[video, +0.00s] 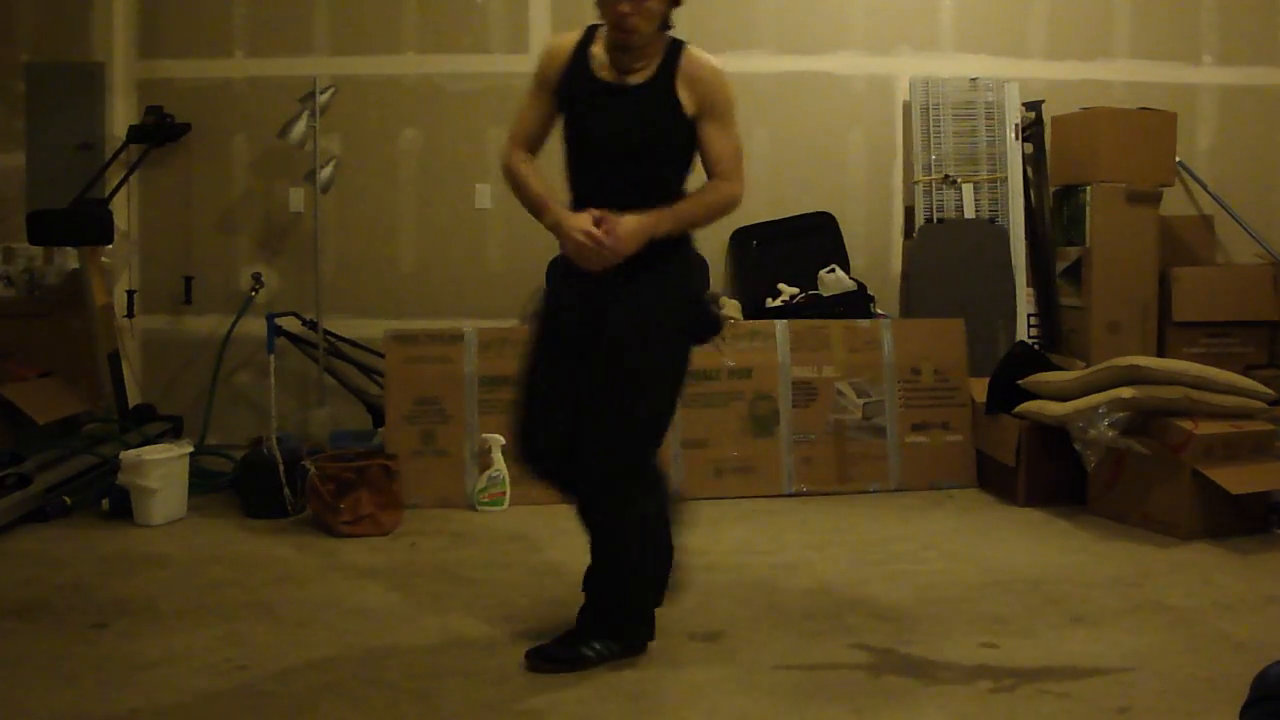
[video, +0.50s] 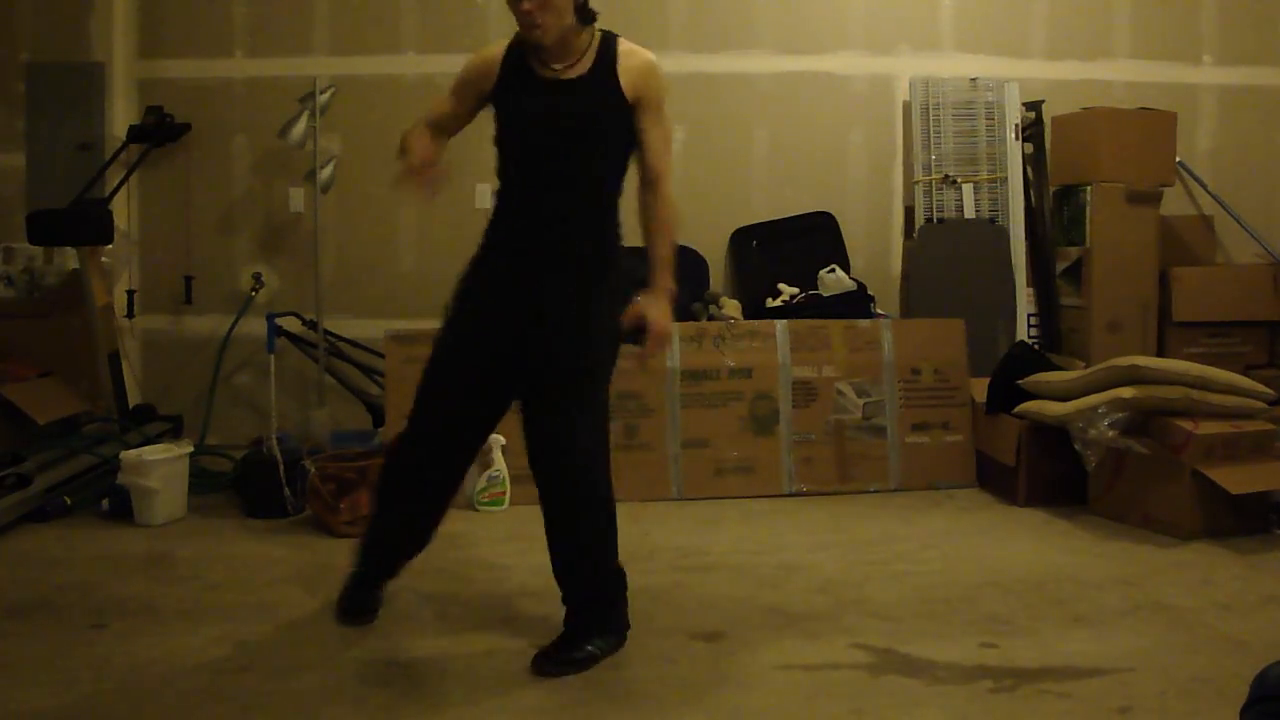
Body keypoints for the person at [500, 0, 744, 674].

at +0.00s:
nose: (625, 13)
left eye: (641, 1)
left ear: (669, 5)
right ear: (598, 1)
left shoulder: (699, 77)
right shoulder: (565, 58)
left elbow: (728, 188)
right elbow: (516, 154)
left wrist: (645, 226)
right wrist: (557, 217)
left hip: (658, 283)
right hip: (580, 278)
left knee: (619, 451)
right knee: (545, 438)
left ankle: (619, 624)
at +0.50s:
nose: (526, 9)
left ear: (578, 3)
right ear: (510, 6)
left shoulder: (632, 71)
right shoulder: (497, 67)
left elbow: (655, 184)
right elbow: (431, 127)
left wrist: (660, 285)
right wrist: (420, 152)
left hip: (581, 287)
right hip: (500, 280)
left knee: (571, 458)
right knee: (435, 432)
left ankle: (598, 619)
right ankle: (373, 567)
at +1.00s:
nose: (598, 8)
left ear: (641, 9)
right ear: (570, 4)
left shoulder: (667, 82)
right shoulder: (527, 73)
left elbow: (694, 178)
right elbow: (510, 185)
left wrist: (727, 265)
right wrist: (596, 170)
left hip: (652, 280)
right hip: (578, 285)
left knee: (618, 453)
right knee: (654, 430)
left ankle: (577, 635)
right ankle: (752, 553)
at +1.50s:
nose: (533, 16)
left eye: (547, 8)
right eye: (527, 8)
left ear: (585, 5)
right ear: (519, 8)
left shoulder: (638, 50)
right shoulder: (492, 59)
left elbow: (665, 119)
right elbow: (420, 141)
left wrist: (583, 48)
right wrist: (368, 227)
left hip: (600, 291)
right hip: (513, 292)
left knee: (597, 474)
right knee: (514, 472)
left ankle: (495, 604)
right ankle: (514, 662)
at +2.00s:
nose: (632, 11)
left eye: (638, 4)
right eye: (618, 5)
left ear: (645, 2)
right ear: (584, 0)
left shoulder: (679, 61)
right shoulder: (532, 56)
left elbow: (709, 152)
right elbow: (507, 154)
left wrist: (737, 231)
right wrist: (602, 84)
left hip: (653, 297)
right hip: (560, 301)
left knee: (714, 453)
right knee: (529, 478)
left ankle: (782, 589)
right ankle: (477, 647)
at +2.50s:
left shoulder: (639, 26)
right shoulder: (496, 25)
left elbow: (675, 137)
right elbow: (445, 122)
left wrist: (625, 104)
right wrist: (518, 153)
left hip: (609, 248)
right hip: (521, 249)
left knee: (623, 408)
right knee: (530, 423)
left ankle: (617, 574)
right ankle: (538, 592)